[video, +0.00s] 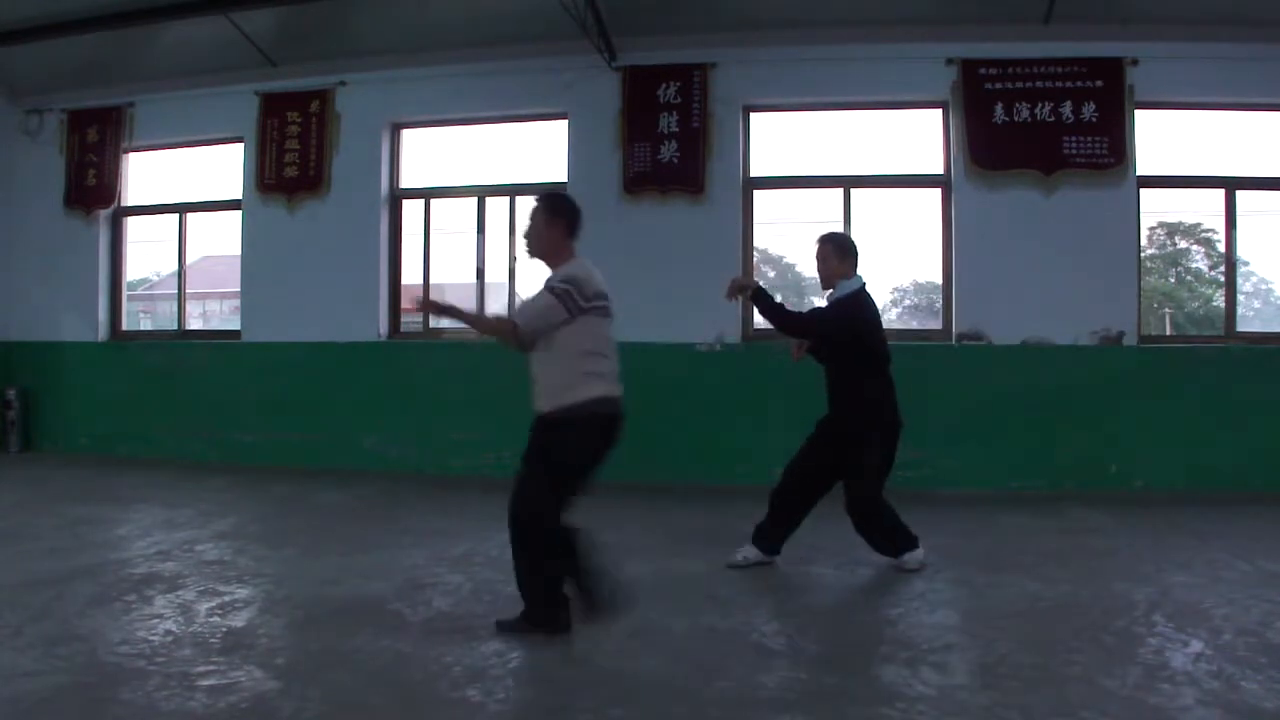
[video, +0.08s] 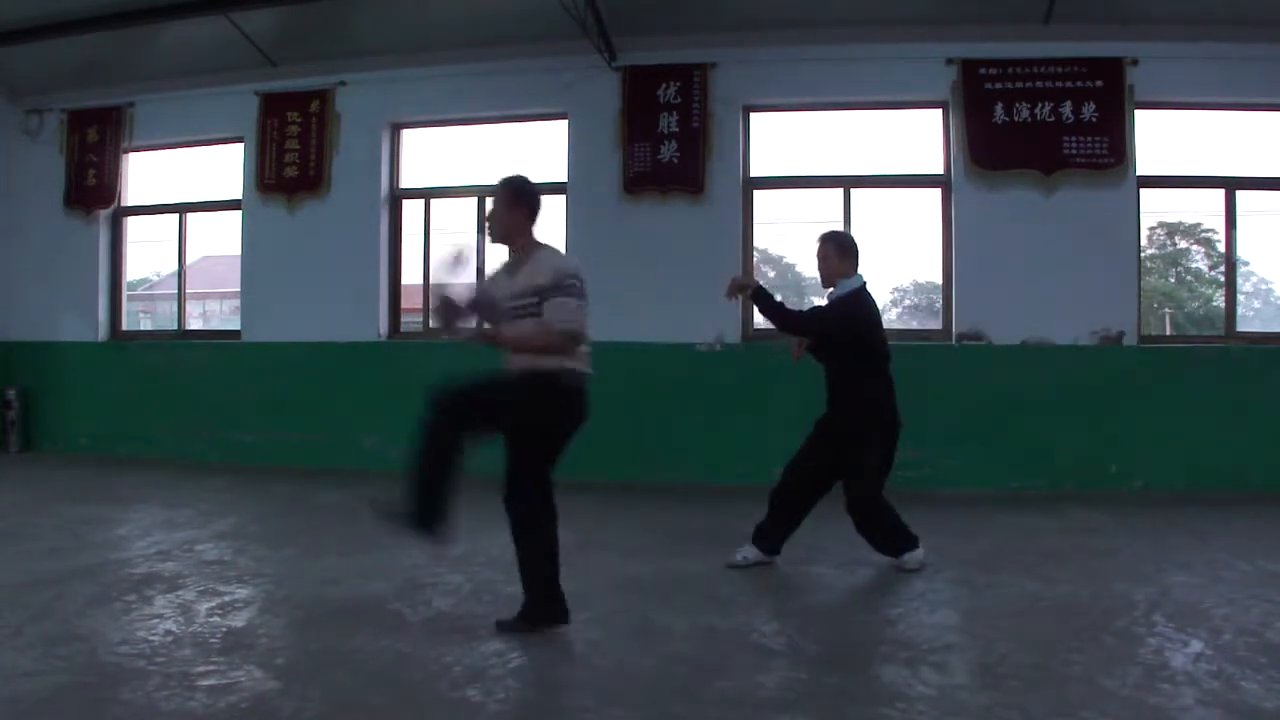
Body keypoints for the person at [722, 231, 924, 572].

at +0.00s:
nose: (817, 268)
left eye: (822, 261)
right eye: (817, 261)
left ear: (842, 262)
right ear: (844, 263)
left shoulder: (850, 308)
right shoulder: (851, 302)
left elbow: (795, 325)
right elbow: (845, 352)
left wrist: (755, 292)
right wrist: (811, 347)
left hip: (869, 420)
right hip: (847, 415)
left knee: (861, 496)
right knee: (800, 481)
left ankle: (907, 548)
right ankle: (765, 546)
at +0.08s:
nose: (818, 267)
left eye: (822, 260)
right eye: (818, 260)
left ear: (842, 261)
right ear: (845, 262)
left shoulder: (850, 306)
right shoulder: (852, 301)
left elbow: (793, 323)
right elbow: (844, 351)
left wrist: (754, 291)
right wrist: (811, 345)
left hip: (868, 419)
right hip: (846, 414)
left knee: (861, 495)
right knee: (800, 481)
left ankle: (908, 548)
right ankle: (765, 546)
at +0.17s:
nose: (819, 266)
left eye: (824, 259)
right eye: (819, 259)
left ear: (845, 260)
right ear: (846, 261)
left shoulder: (851, 306)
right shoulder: (851, 301)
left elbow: (796, 323)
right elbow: (843, 351)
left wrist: (755, 291)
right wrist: (811, 344)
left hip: (867, 419)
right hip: (846, 414)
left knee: (861, 494)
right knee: (800, 481)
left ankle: (908, 548)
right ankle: (765, 546)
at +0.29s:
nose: (821, 263)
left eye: (826, 256)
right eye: (821, 256)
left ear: (847, 258)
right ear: (848, 259)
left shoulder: (851, 304)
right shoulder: (855, 299)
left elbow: (799, 321)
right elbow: (845, 352)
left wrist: (756, 290)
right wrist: (813, 343)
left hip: (863, 417)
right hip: (849, 412)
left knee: (862, 493)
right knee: (799, 479)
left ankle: (908, 548)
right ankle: (765, 546)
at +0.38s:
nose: (821, 261)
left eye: (826, 254)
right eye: (821, 254)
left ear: (848, 256)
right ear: (847, 257)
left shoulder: (851, 302)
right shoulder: (854, 298)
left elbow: (800, 321)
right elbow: (844, 351)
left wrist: (757, 289)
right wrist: (811, 342)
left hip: (860, 415)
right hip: (848, 410)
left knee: (863, 489)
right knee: (797, 478)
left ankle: (909, 548)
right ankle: (764, 546)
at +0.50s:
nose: (817, 260)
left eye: (823, 253)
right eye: (818, 253)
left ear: (844, 256)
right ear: (844, 258)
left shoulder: (847, 301)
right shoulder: (852, 298)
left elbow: (796, 321)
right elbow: (841, 351)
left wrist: (756, 289)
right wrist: (808, 342)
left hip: (856, 414)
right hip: (848, 410)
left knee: (863, 487)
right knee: (792, 473)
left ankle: (909, 548)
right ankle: (764, 545)